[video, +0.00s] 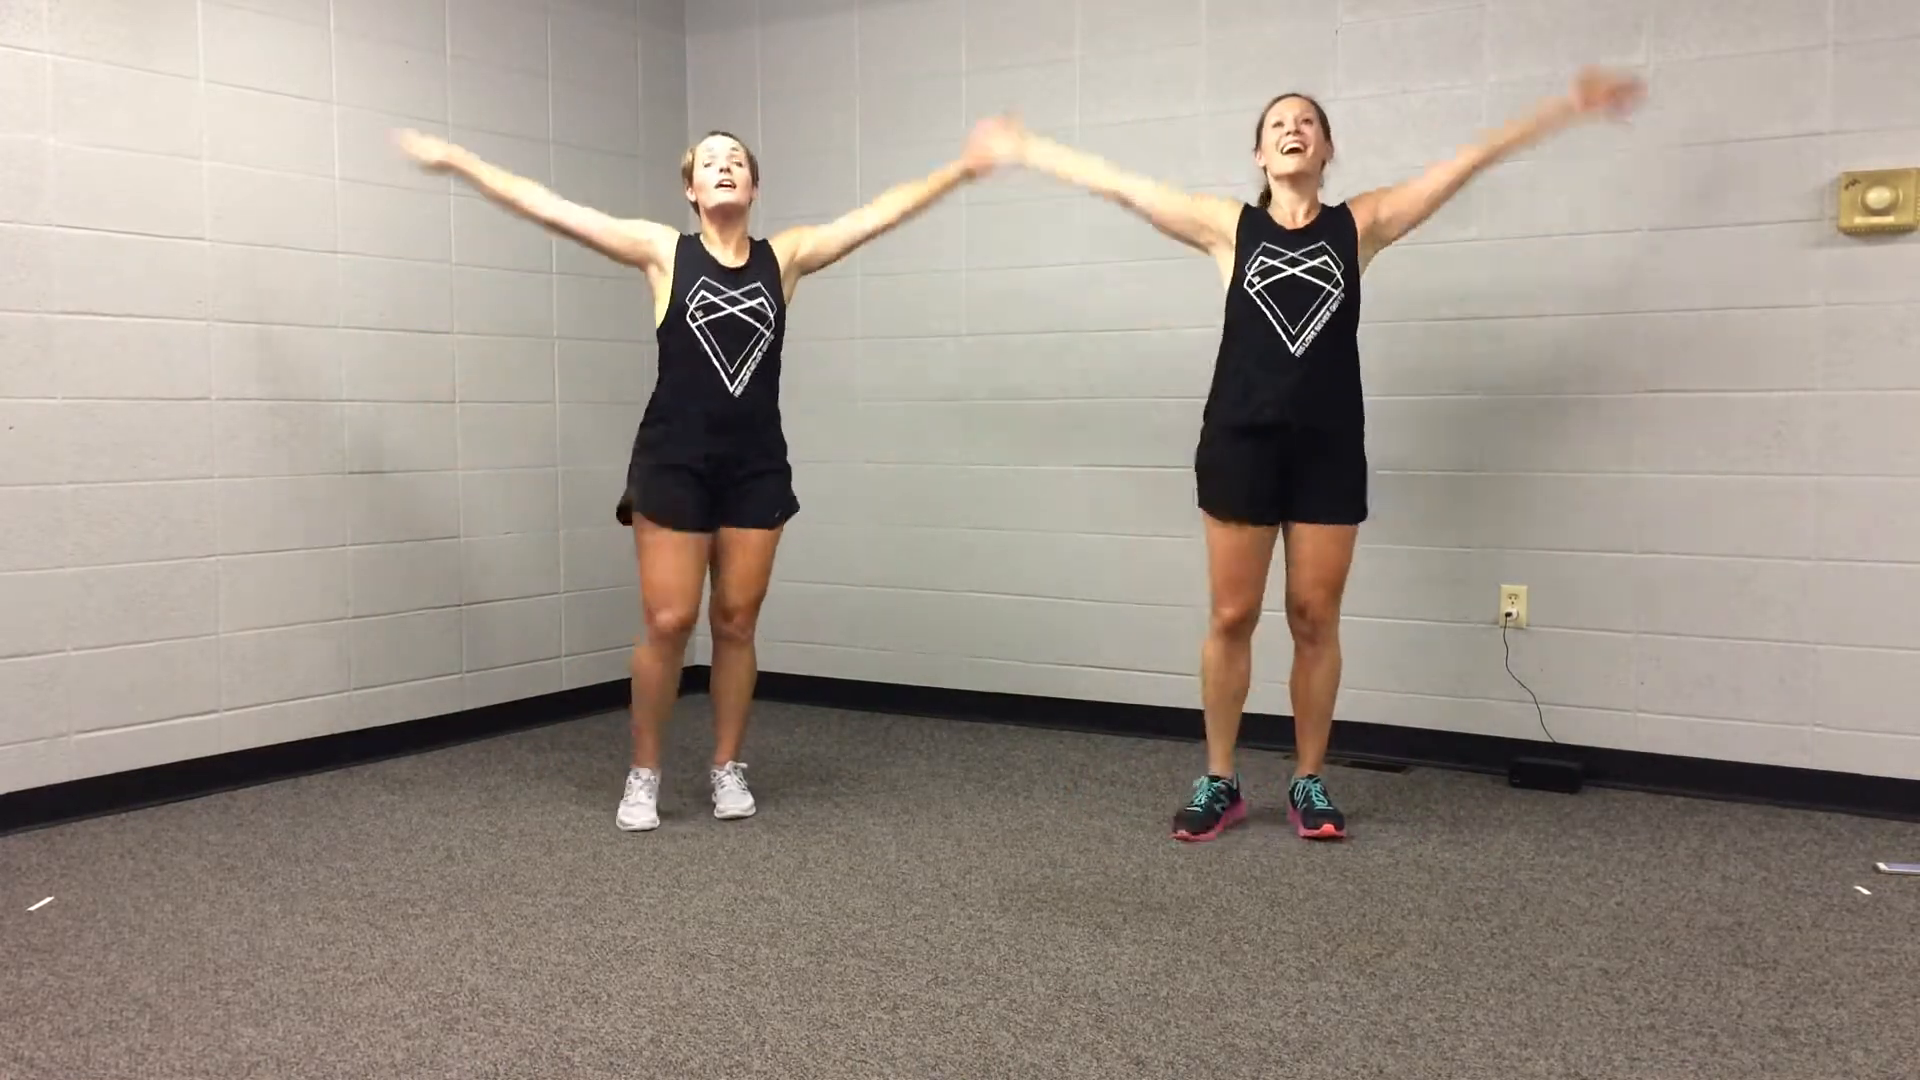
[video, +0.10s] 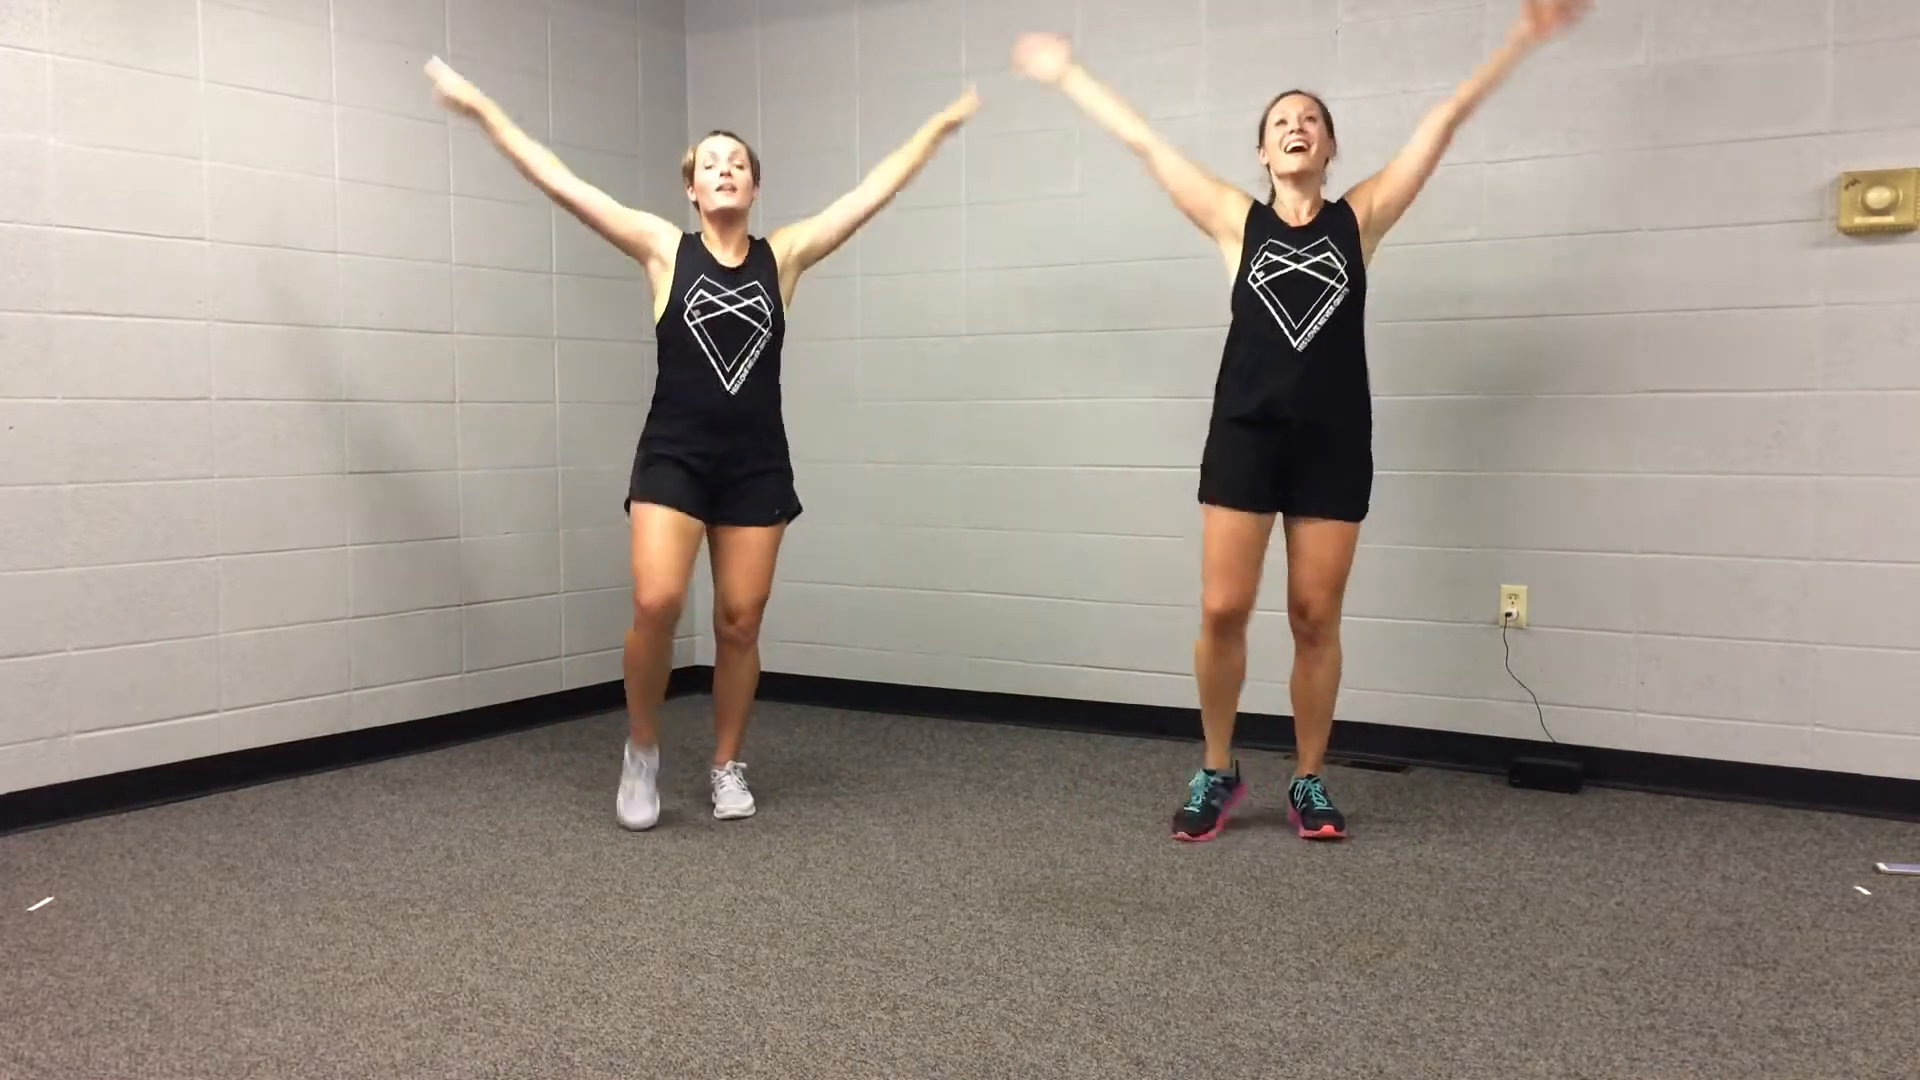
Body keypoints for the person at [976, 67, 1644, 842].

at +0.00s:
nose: (1294, 131)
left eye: (1308, 125)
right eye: (1280, 125)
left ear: (1329, 151)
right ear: (1258, 152)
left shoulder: (1358, 223)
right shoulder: (1228, 224)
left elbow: (1465, 164)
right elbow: (1119, 184)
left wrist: (1568, 107)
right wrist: (1021, 145)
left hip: (1329, 450)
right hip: (1239, 446)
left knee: (1314, 618)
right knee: (1230, 616)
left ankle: (1310, 781)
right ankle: (1219, 777)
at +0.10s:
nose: (1296, 128)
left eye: (1309, 122)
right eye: (1282, 124)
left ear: (1331, 149)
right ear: (1262, 153)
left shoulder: (1359, 218)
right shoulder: (1236, 220)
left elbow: (1445, 121)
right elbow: (1144, 142)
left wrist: (1524, 37)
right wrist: (1065, 70)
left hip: (1333, 444)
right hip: (1242, 441)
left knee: (1315, 617)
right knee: (1222, 613)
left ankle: (1309, 779)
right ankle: (1215, 768)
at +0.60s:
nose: (1304, 137)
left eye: (1319, 130)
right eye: (1290, 133)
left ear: (1340, 157)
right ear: (1272, 160)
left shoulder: (1368, 230)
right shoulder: (1251, 232)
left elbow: (1434, 171)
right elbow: (1203, 189)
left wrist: (1363, 88)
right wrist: (1266, 92)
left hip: (1340, 444)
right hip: (1253, 436)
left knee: (1327, 619)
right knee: (1257, 598)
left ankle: (1311, 780)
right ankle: (1255, 765)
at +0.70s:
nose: (1304, 157)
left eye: (1316, 148)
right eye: (1291, 149)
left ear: (1337, 172)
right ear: (1275, 172)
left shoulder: (1364, 244)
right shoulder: (1253, 243)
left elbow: (1428, 265)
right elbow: (1204, 276)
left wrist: (1361, 173)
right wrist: (1263, 176)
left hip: (1336, 446)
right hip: (1252, 435)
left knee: (1329, 629)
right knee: (1248, 556)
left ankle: (1311, 781)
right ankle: (1242, 699)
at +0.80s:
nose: (1300, 152)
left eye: (1314, 143)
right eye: (1286, 146)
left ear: (1336, 167)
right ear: (1267, 171)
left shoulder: (1371, 250)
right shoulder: (1244, 248)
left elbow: (1429, 335)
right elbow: (1193, 350)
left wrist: (1354, 262)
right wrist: (1265, 267)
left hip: (1333, 441)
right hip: (1248, 429)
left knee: (1325, 627)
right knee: (1241, 547)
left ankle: (1310, 781)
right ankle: (1229, 688)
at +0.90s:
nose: (1294, 136)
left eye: (1308, 125)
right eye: (1279, 128)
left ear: (1332, 147)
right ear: (1261, 154)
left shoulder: (1367, 234)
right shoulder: (1235, 236)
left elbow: (1428, 345)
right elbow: (1185, 351)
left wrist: (1354, 322)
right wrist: (1232, 329)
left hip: (1325, 440)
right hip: (1237, 431)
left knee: (1314, 614)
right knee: (1229, 587)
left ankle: (1309, 777)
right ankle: (1213, 745)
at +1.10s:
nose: (1299, 174)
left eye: (1312, 160)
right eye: (1285, 158)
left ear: (1326, 163)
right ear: (1256, 159)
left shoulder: (1349, 252)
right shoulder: (1209, 243)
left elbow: (1377, 374)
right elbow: (1161, 344)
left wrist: (1337, 334)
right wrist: (1111, 355)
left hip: (1320, 459)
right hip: (1229, 456)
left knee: (1312, 628)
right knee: (1217, 627)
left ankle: (1309, 781)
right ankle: (1210, 788)